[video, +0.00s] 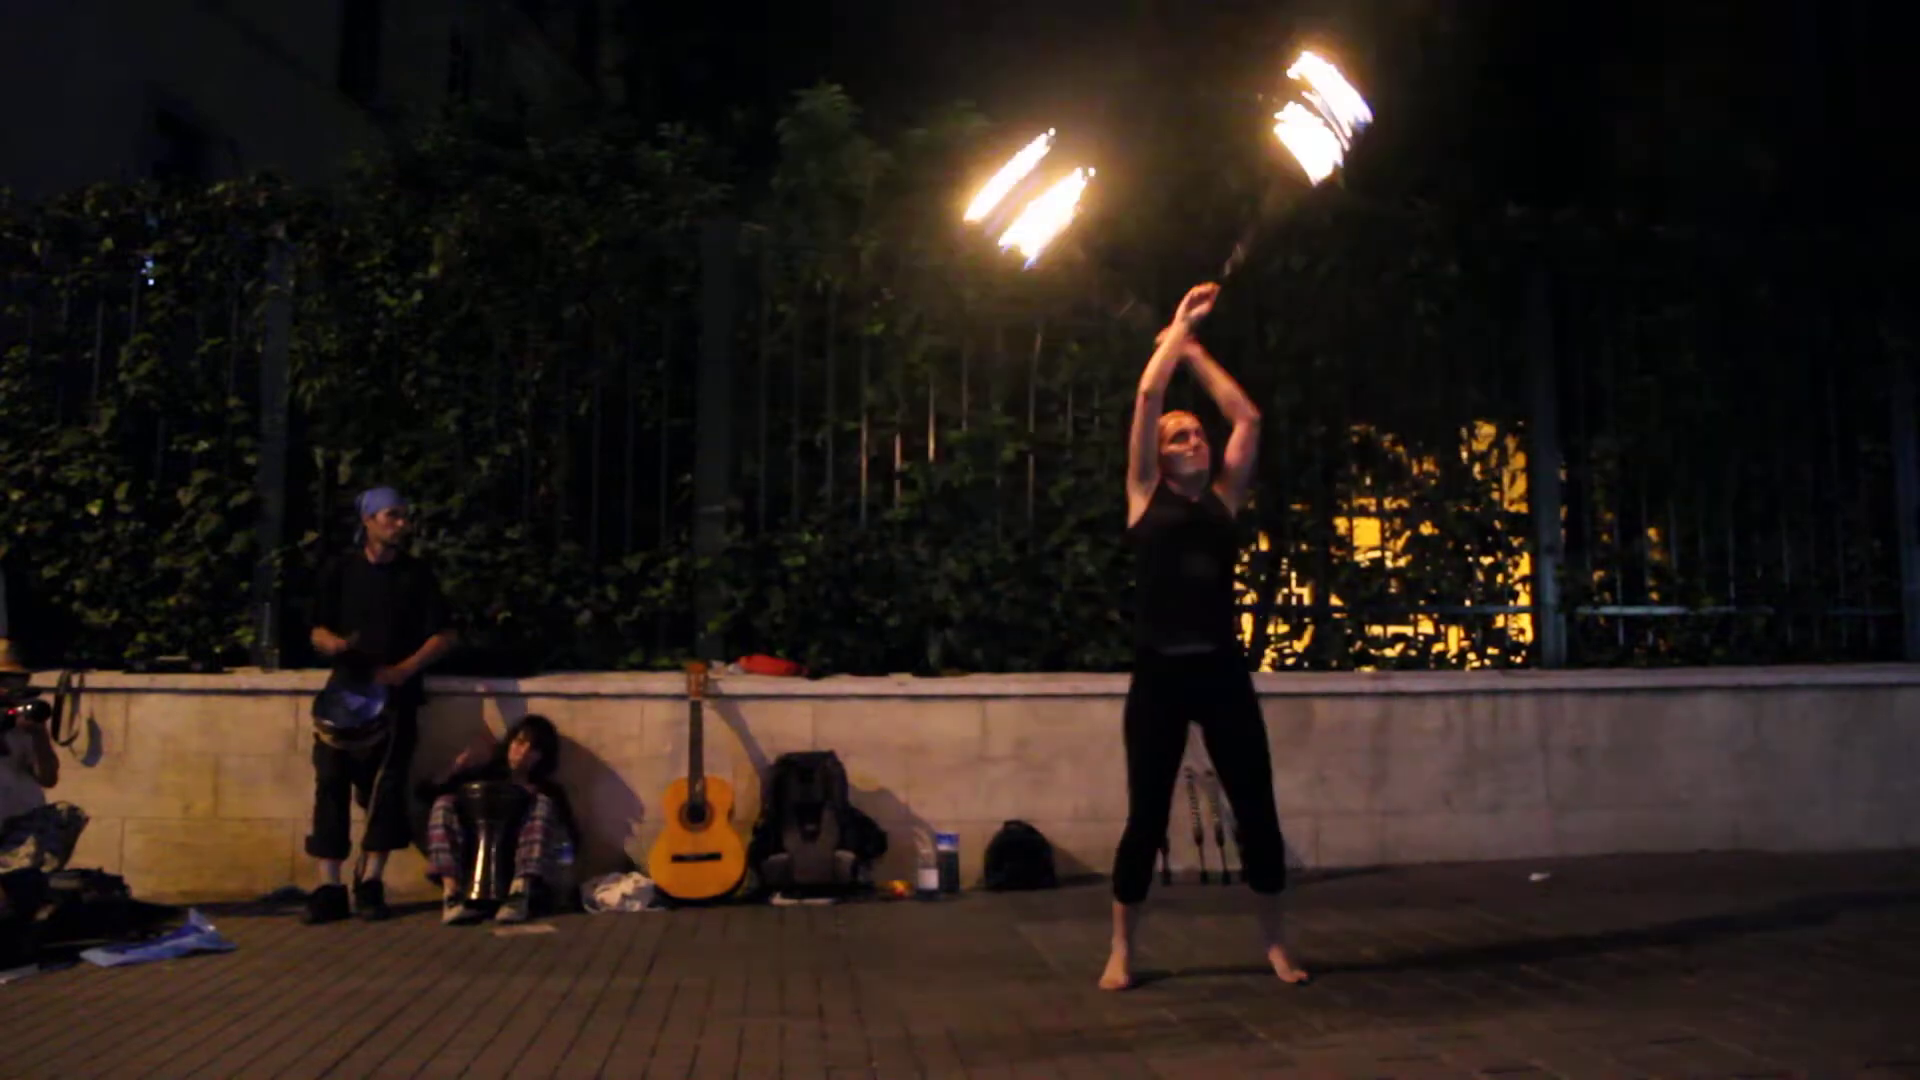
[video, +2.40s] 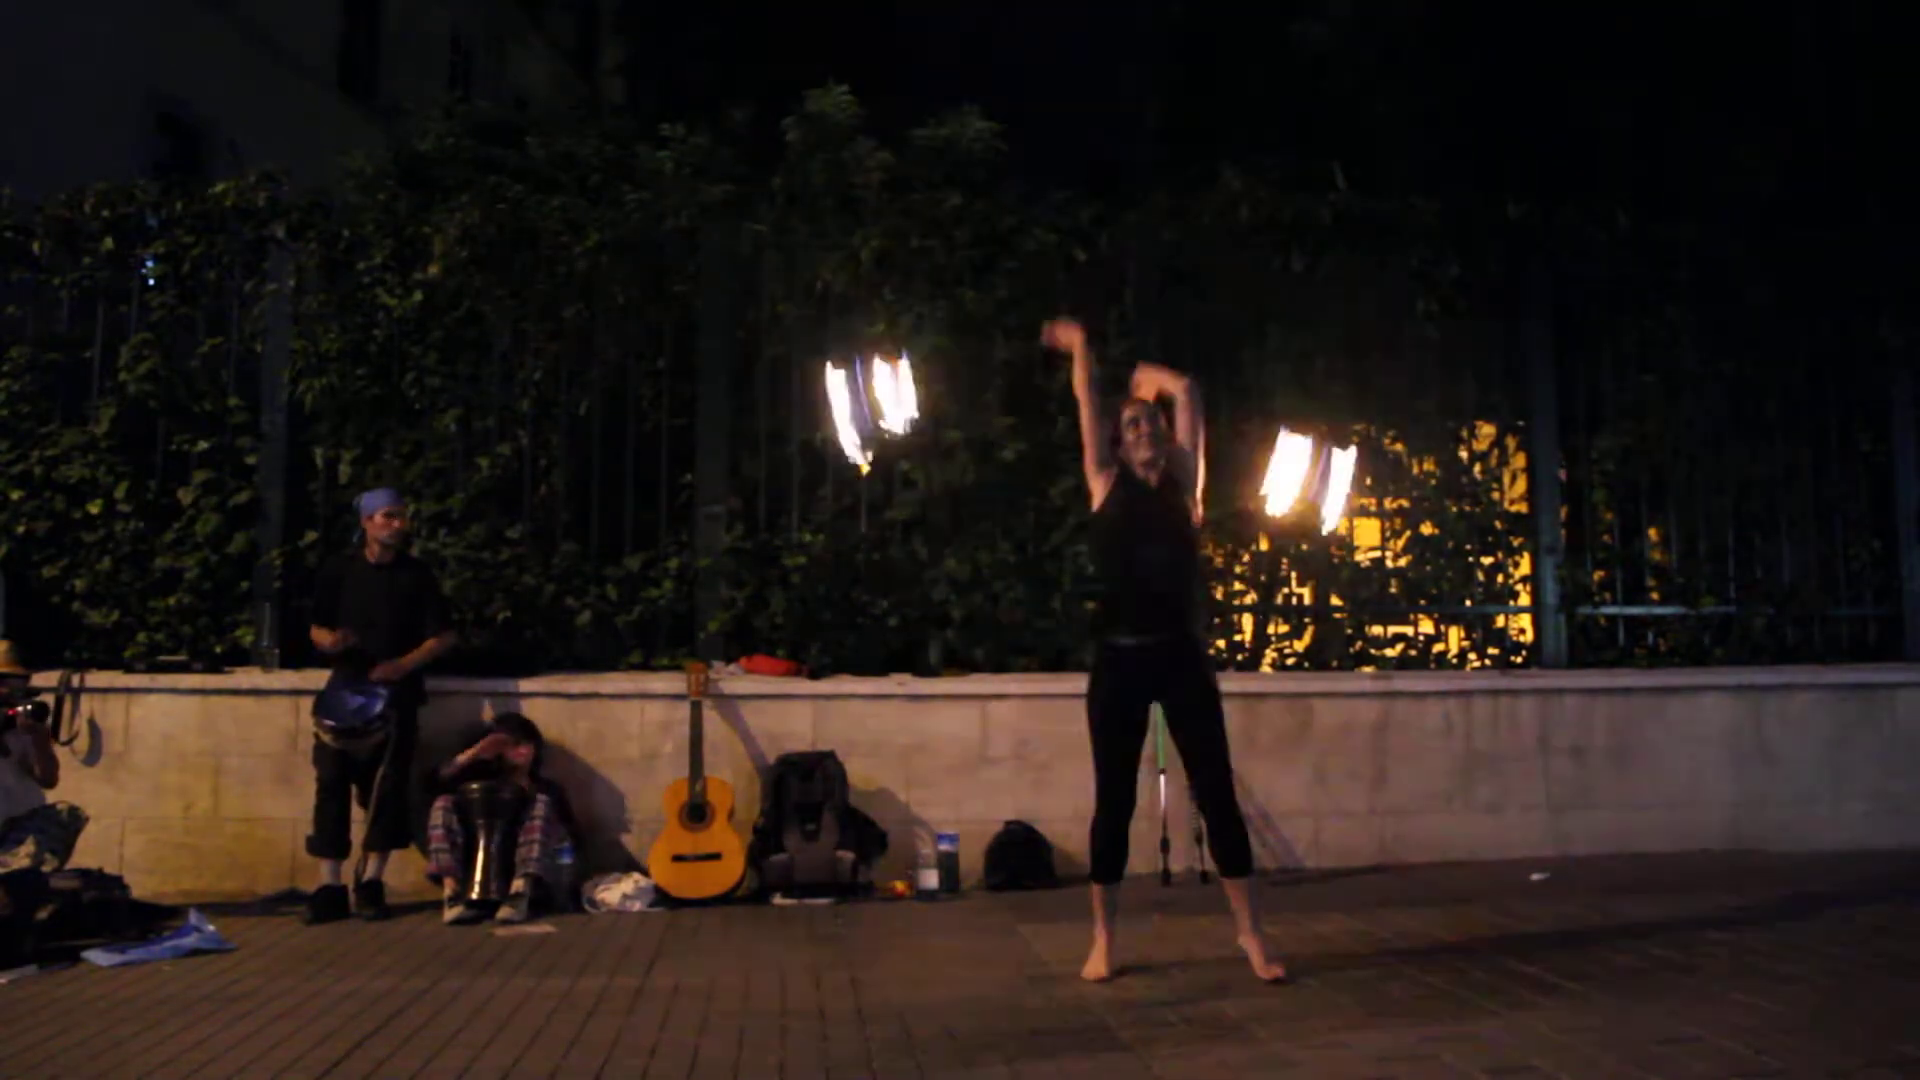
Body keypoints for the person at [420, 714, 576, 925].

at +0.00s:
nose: (523, 752)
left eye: (533, 748)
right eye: (520, 742)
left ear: (541, 757)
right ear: (509, 743)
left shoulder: (549, 790)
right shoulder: (481, 775)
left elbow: (567, 843)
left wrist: (535, 799)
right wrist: (456, 770)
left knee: (542, 806)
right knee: (444, 804)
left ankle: (520, 892)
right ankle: (450, 893)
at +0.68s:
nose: (520, 751)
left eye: (530, 748)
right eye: (517, 742)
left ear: (539, 756)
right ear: (507, 744)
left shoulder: (550, 789)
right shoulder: (487, 782)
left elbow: (571, 839)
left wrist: (536, 800)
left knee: (542, 806)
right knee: (443, 805)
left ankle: (520, 892)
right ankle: (451, 892)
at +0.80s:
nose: (520, 749)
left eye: (529, 745)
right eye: (517, 740)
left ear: (538, 753)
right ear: (508, 742)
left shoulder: (550, 788)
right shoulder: (490, 775)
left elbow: (564, 839)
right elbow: (448, 780)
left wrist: (540, 798)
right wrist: (483, 757)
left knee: (542, 806)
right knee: (445, 804)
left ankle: (520, 892)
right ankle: (451, 893)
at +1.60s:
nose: (528, 755)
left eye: (533, 747)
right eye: (520, 747)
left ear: (542, 752)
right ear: (504, 751)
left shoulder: (548, 787)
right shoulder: (483, 782)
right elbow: (437, 787)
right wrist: (465, 756)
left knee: (541, 805)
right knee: (443, 805)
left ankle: (520, 893)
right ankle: (451, 893)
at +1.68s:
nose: (525, 755)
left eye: (531, 747)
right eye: (517, 746)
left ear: (539, 752)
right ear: (500, 750)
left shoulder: (547, 788)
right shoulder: (480, 789)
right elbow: (447, 787)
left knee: (541, 806)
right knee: (443, 805)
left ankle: (521, 893)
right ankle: (451, 892)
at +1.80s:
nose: (517, 752)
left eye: (523, 745)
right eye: (509, 745)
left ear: (535, 750)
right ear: (495, 749)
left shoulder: (549, 787)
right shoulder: (482, 785)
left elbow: (577, 838)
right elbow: (435, 789)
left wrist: (542, 799)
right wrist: (480, 763)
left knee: (542, 807)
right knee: (443, 805)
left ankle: (521, 892)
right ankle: (451, 892)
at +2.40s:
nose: (522, 752)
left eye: (527, 745)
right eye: (513, 745)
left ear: (536, 751)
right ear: (498, 748)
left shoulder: (547, 788)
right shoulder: (482, 783)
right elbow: (437, 783)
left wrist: (526, 785)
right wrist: (475, 753)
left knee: (540, 804)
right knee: (443, 805)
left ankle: (520, 893)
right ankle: (451, 893)